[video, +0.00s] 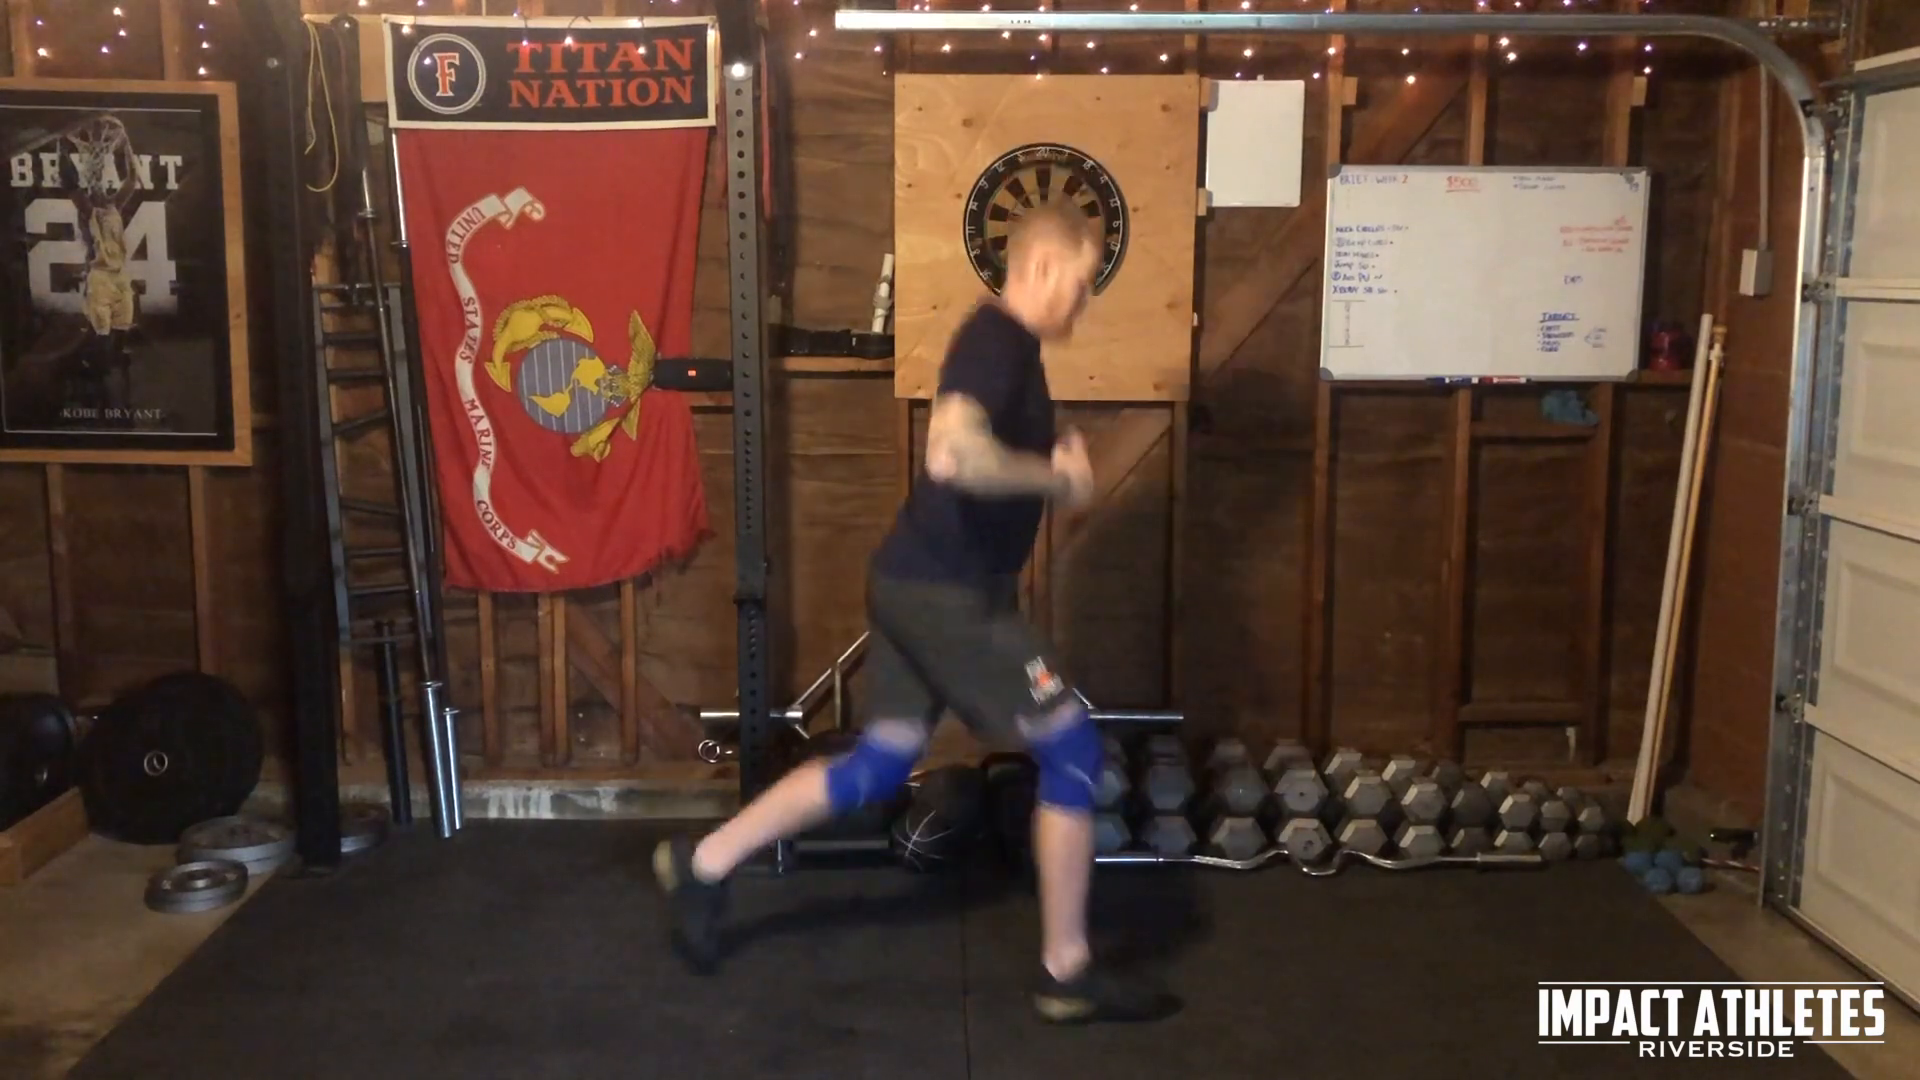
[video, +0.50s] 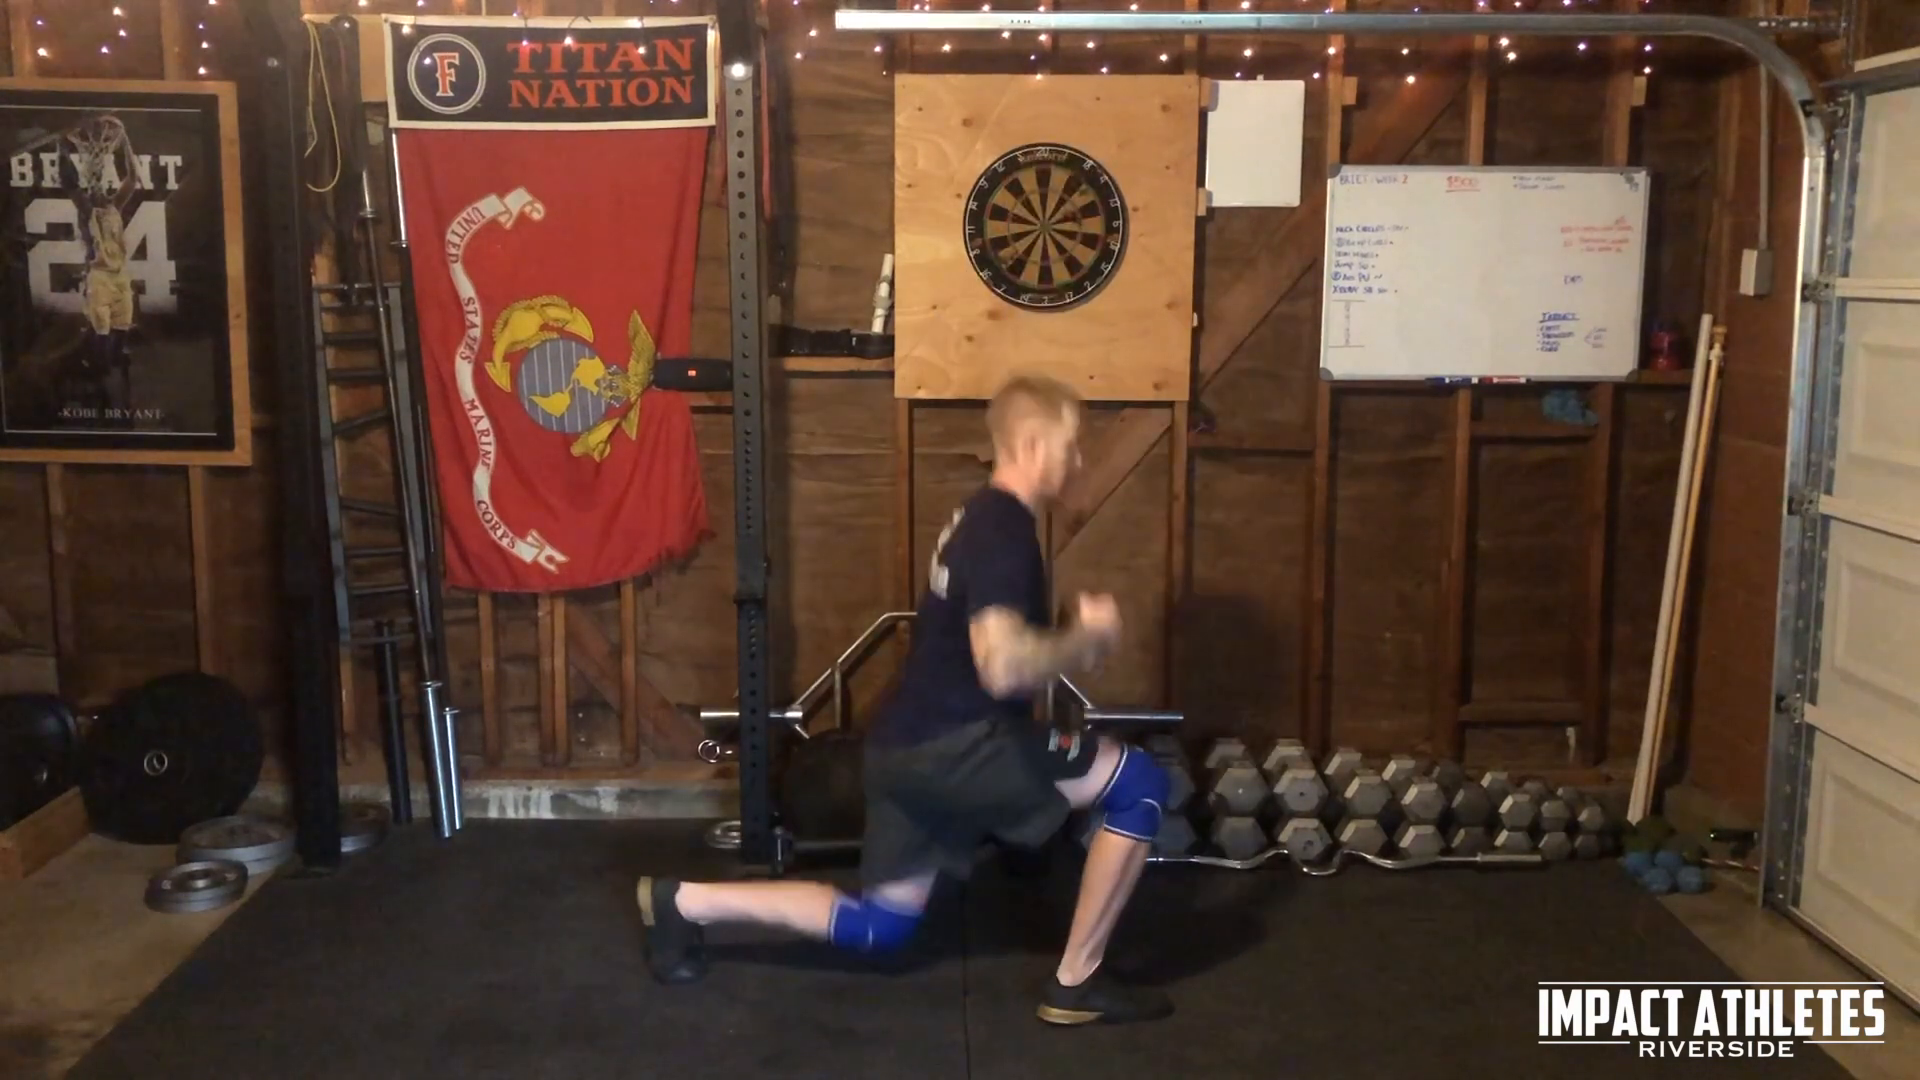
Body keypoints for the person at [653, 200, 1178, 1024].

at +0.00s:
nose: (1084, 300)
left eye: (1088, 283)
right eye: (1081, 281)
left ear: (1030, 270)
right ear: (1042, 268)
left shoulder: (1013, 346)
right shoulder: (995, 339)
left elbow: (984, 457)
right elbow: (952, 453)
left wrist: (1057, 465)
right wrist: (1056, 474)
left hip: (922, 583)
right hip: (942, 590)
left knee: (878, 762)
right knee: (1072, 748)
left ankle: (701, 863)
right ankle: (1068, 967)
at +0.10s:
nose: (1087, 393)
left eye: (1090, 377)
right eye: (1085, 375)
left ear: (1029, 365)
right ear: (1049, 368)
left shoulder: (985, 430)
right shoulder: (1001, 437)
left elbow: (972, 544)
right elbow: (965, 553)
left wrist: (1053, 556)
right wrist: (1067, 570)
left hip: (904, 675)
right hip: (955, 679)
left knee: (871, 849)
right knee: (1118, 784)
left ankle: (672, 902)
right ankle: (1076, 978)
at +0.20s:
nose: (1089, 466)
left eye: (1090, 451)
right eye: (1086, 449)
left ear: (1034, 441)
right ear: (1046, 443)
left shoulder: (985, 507)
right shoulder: (1005, 514)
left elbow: (968, 641)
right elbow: (976, 645)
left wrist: (1047, 690)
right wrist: (1083, 662)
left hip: (902, 738)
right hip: (944, 739)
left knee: (878, 916)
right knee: (1129, 786)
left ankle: (677, 901)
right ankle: (1076, 984)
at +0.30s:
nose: (1091, 500)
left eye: (1092, 485)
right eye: (1087, 484)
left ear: (1033, 480)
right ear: (1046, 480)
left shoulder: (987, 540)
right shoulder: (1004, 549)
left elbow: (990, 681)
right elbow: (981, 696)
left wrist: (1077, 717)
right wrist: (1086, 715)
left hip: (901, 774)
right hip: (940, 774)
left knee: (885, 945)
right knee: (1140, 787)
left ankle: (691, 900)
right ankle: (1076, 981)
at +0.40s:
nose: (1086, 500)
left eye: (1086, 485)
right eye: (1081, 485)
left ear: (1028, 483)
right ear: (1042, 483)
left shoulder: (984, 546)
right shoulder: (1003, 556)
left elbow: (990, 694)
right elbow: (992, 708)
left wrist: (1075, 736)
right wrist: (1093, 708)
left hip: (904, 777)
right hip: (942, 779)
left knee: (886, 949)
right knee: (1142, 788)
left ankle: (693, 900)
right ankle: (1076, 981)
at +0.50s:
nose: (1077, 462)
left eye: (1077, 446)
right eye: (1072, 446)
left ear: (1014, 444)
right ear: (1034, 446)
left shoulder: (984, 517)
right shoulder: (1001, 525)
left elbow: (991, 648)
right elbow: (1004, 664)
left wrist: (1064, 647)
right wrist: (1083, 634)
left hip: (911, 747)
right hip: (955, 748)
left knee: (881, 922)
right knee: (1138, 785)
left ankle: (680, 901)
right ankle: (1077, 982)